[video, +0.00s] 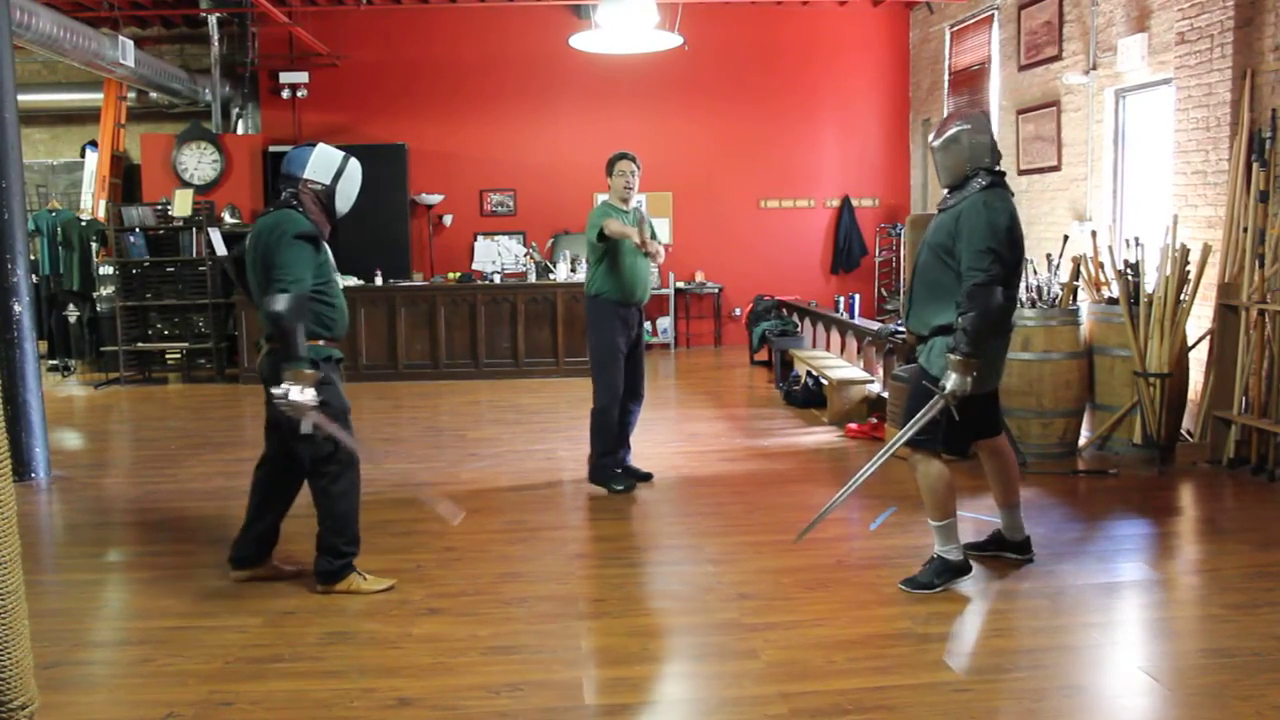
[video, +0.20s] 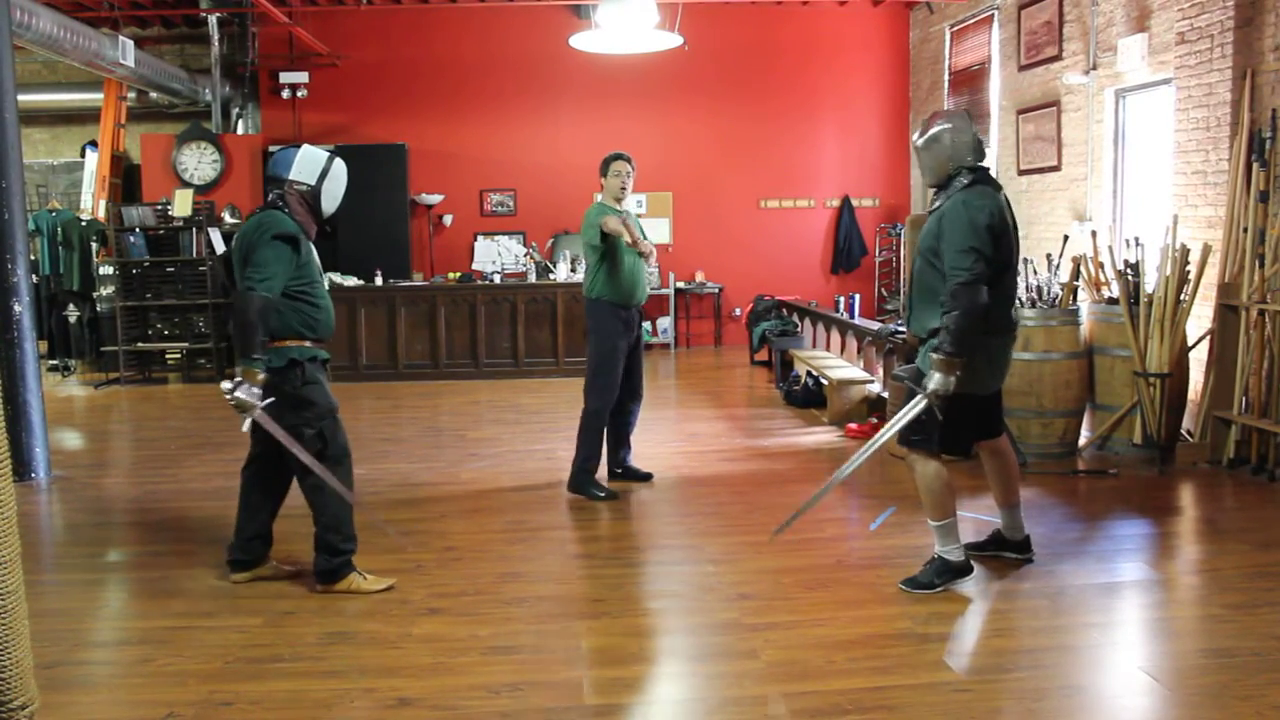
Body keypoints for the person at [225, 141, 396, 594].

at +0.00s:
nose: (338, 207)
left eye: (337, 197)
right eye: (334, 195)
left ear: (297, 188)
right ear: (314, 189)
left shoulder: (268, 228)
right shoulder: (294, 230)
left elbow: (241, 271)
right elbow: (286, 302)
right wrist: (296, 369)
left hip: (287, 360)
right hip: (312, 364)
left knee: (283, 460)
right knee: (337, 463)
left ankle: (251, 556)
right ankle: (337, 569)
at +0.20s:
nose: (326, 208)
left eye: (327, 199)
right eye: (324, 197)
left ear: (288, 188)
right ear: (305, 189)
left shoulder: (265, 228)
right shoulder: (278, 230)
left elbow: (249, 295)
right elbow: (255, 296)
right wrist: (252, 366)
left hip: (283, 364)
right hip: (295, 365)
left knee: (269, 463)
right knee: (330, 461)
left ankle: (248, 558)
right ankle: (336, 568)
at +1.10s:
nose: (348, 205)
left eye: (349, 196)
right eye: (346, 194)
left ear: (305, 186)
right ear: (328, 188)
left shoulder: (271, 229)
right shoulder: (298, 234)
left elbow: (230, 266)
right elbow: (289, 317)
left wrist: (268, 300)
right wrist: (303, 386)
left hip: (287, 365)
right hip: (308, 368)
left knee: (294, 460)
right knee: (339, 464)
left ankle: (255, 551)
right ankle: (334, 569)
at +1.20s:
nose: (349, 205)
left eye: (350, 196)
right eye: (347, 194)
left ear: (310, 186)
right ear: (329, 188)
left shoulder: (276, 227)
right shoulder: (300, 233)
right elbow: (295, 316)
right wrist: (322, 376)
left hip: (288, 361)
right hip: (304, 364)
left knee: (314, 458)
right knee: (338, 462)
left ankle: (264, 542)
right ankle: (333, 570)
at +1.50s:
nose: (345, 205)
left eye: (346, 195)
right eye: (343, 193)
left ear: (312, 185)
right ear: (324, 185)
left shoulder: (305, 226)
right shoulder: (290, 224)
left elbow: (310, 297)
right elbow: (285, 299)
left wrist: (344, 342)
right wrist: (327, 345)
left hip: (321, 359)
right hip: (306, 361)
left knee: (342, 457)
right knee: (336, 462)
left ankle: (323, 546)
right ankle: (332, 571)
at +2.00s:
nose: (350, 202)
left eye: (353, 193)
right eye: (348, 192)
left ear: (327, 185)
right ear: (325, 184)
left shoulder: (325, 233)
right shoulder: (278, 222)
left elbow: (326, 291)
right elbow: (254, 294)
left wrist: (340, 327)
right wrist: (284, 340)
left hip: (324, 365)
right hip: (285, 367)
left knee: (331, 459)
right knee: (289, 464)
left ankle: (319, 554)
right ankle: (264, 571)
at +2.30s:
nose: (328, 201)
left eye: (329, 192)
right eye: (325, 190)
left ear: (297, 185)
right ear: (303, 185)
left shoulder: (297, 234)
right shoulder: (254, 230)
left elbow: (300, 299)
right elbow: (241, 310)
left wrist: (313, 343)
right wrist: (281, 358)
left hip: (304, 370)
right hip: (266, 373)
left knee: (327, 460)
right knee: (244, 470)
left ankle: (319, 554)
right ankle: (195, 573)